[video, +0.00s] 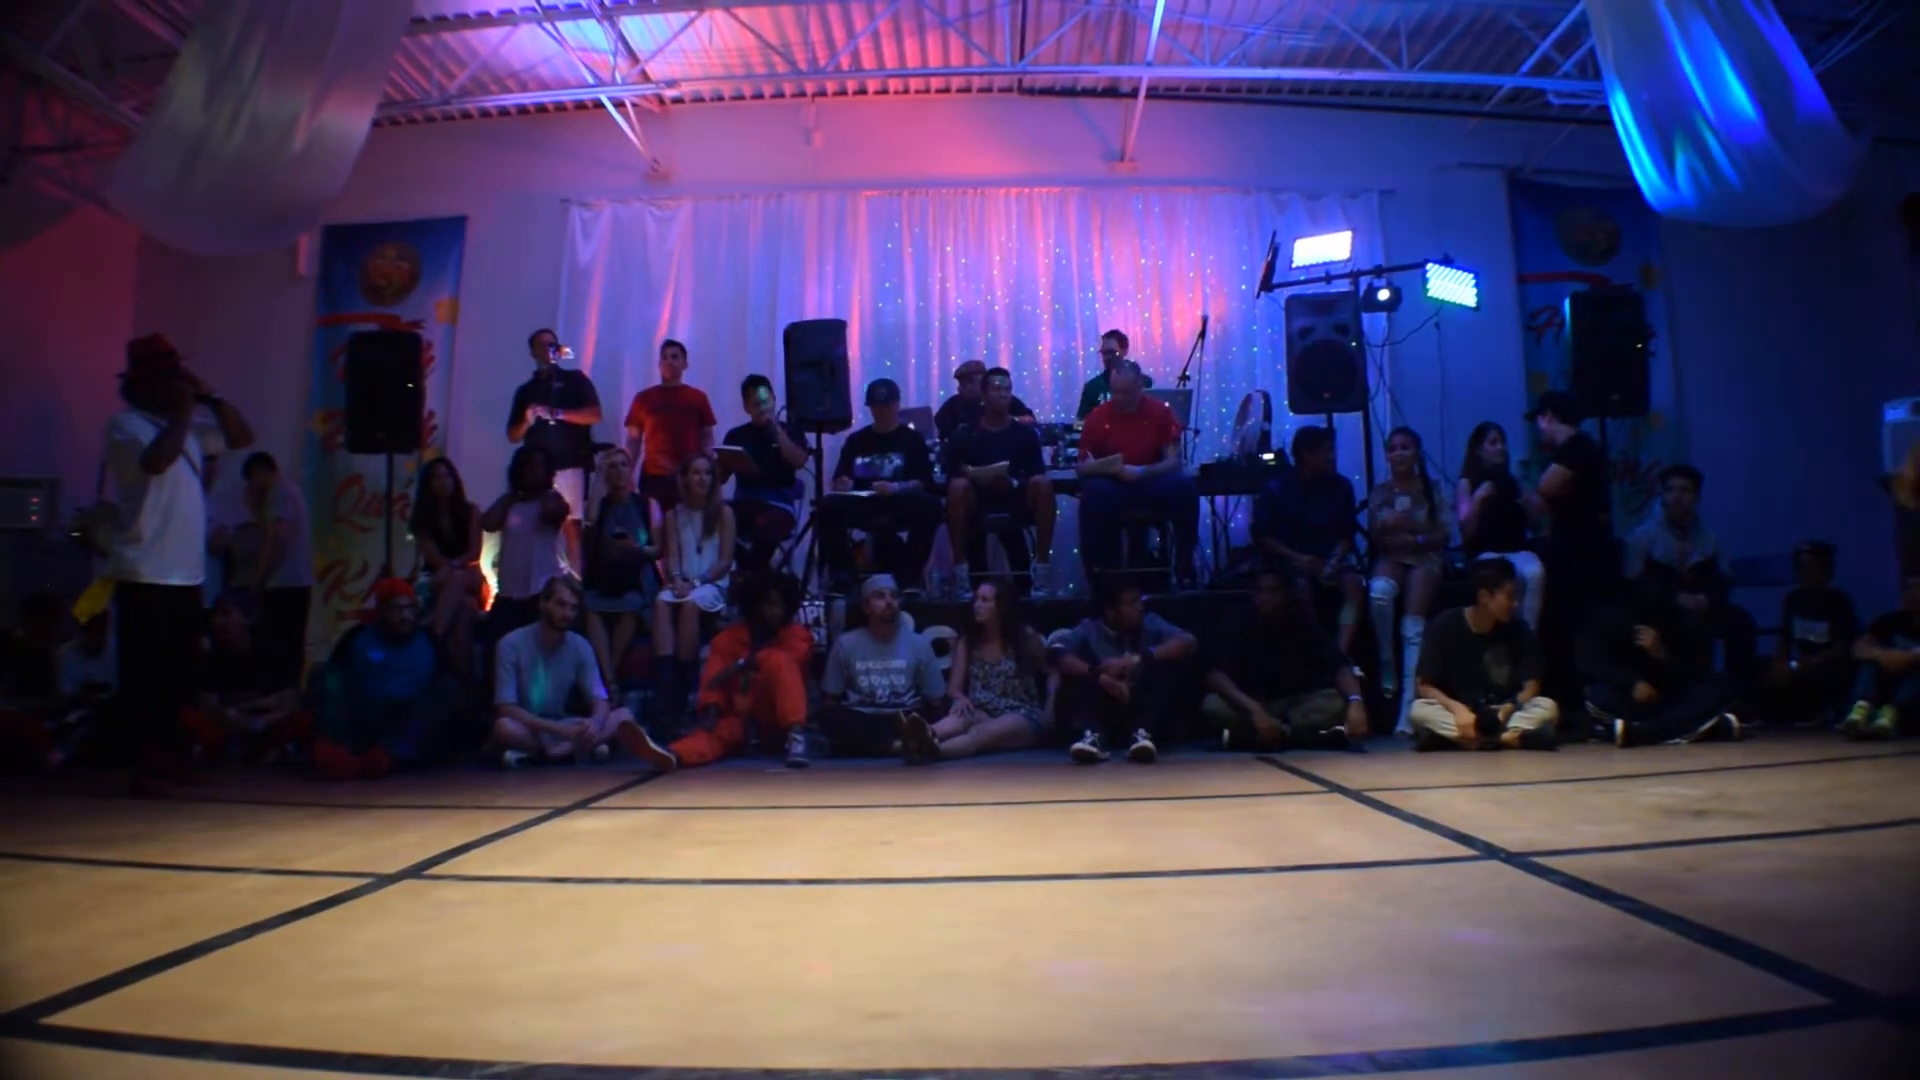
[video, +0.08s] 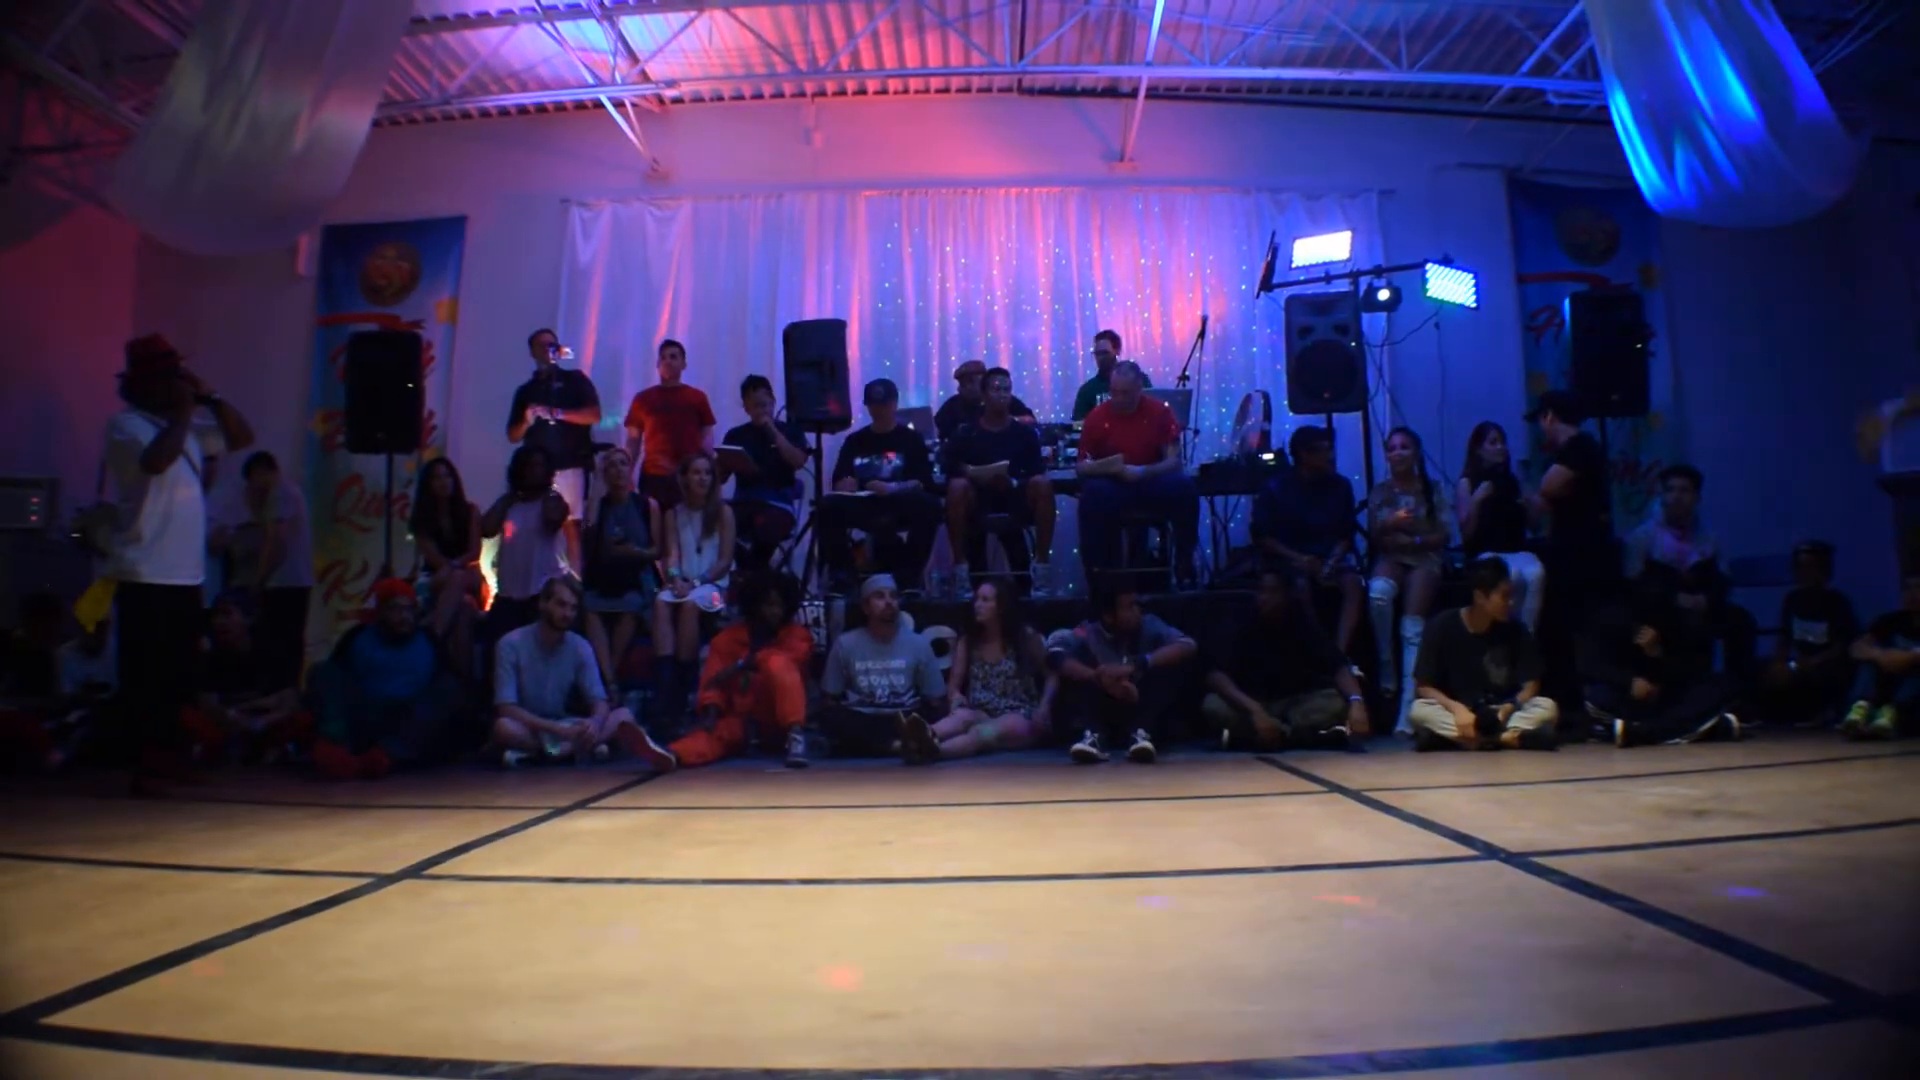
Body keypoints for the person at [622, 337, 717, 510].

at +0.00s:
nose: (669, 362)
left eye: (675, 357)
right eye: (664, 357)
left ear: (685, 363)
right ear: (659, 363)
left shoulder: (698, 398)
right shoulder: (644, 398)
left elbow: (707, 437)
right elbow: (633, 440)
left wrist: (705, 473)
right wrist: (628, 478)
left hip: (689, 478)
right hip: (654, 478)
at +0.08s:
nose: (668, 362)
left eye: (673, 357)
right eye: (663, 357)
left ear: (683, 364)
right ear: (658, 364)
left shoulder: (697, 398)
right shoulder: (643, 399)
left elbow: (707, 436)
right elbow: (633, 441)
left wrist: (704, 473)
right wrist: (627, 478)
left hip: (688, 478)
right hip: (654, 477)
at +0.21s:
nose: (672, 362)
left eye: (677, 356)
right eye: (667, 357)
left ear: (684, 363)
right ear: (658, 364)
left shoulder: (697, 398)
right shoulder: (643, 399)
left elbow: (706, 441)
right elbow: (633, 443)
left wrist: (708, 479)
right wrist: (627, 480)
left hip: (689, 479)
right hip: (654, 478)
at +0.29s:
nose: (674, 361)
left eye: (679, 356)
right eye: (668, 356)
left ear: (685, 362)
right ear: (660, 363)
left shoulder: (699, 398)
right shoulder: (645, 398)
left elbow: (708, 438)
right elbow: (635, 441)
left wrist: (706, 475)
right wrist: (629, 477)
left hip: (691, 479)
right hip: (656, 477)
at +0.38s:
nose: (678, 361)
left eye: (682, 356)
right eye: (672, 356)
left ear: (687, 362)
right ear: (662, 363)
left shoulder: (701, 398)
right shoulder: (647, 398)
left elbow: (709, 438)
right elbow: (636, 440)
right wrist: (631, 476)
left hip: (692, 479)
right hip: (657, 477)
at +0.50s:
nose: (681, 360)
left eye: (685, 355)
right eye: (675, 355)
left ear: (690, 361)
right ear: (664, 362)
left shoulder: (703, 397)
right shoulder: (649, 397)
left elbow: (712, 438)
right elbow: (639, 440)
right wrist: (632, 477)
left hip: (694, 478)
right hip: (659, 477)